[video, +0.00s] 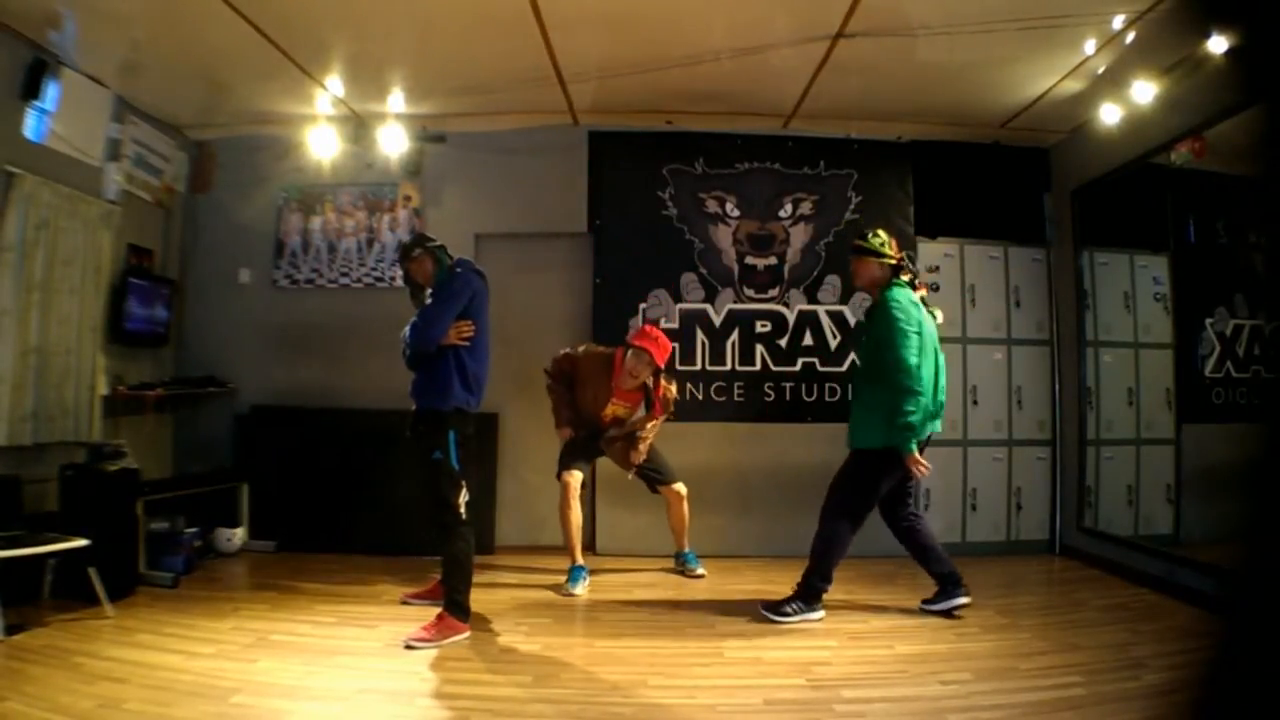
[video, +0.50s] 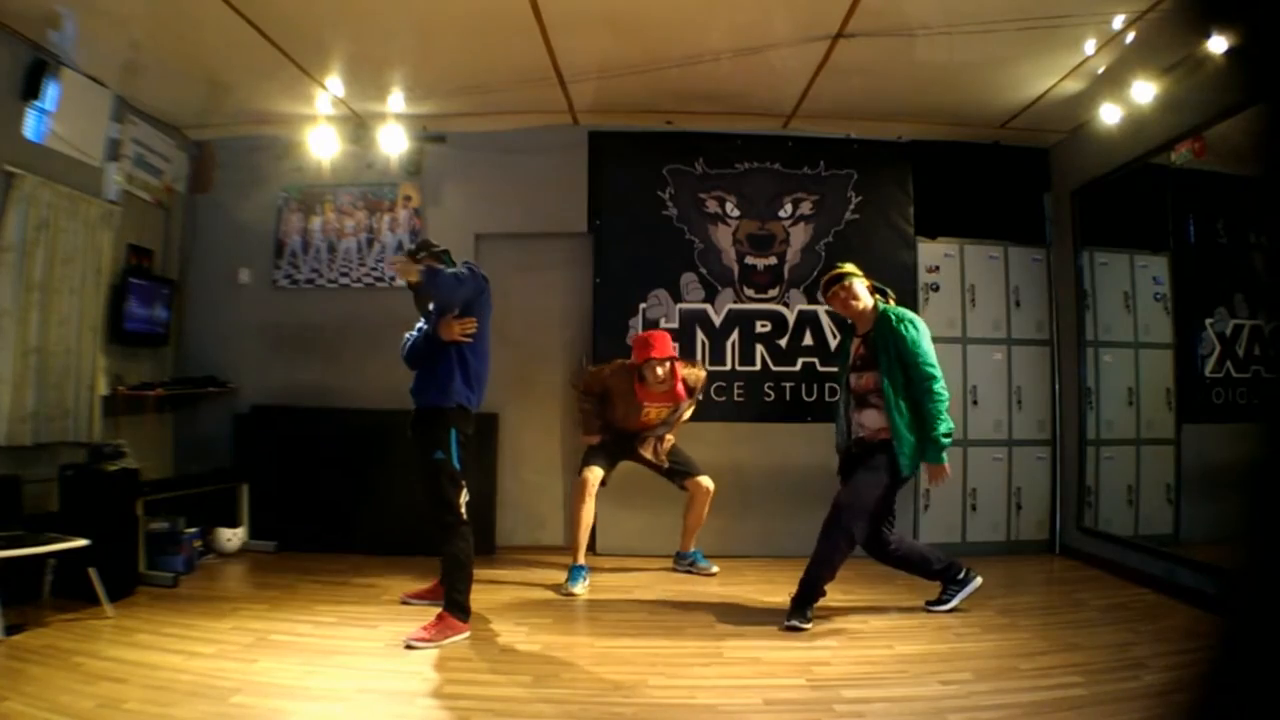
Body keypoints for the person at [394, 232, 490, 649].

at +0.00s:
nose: (413, 276)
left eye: (415, 266)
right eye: (408, 270)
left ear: (431, 256)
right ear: (414, 269)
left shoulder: (463, 278)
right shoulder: (438, 291)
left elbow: (428, 335)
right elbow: (409, 349)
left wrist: (411, 330)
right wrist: (436, 335)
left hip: (453, 409)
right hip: (433, 409)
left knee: (455, 509)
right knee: (441, 502)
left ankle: (456, 614)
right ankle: (447, 581)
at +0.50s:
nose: (410, 287)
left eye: (413, 278)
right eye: (408, 281)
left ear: (431, 265)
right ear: (427, 268)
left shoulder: (472, 279)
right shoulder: (433, 308)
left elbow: (447, 293)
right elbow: (409, 353)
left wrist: (417, 273)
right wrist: (436, 332)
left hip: (453, 407)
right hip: (431, 408)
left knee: (454, 509)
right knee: (440, 502)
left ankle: (456, 613)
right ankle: (447, 582)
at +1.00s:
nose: (428, 276)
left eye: (431, 267)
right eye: (420, 276)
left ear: (445, 263)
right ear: (417, 285)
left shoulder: (473, 283)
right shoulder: (435, 309)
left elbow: (456, 285)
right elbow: (410, 355)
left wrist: (415, 334)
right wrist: (433, 332)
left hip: (454, 407)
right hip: (431, 408)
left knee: (455, 508)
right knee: (443, 503)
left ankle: (455, 613)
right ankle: (448, 582)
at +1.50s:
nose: (428, 280)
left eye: (430, 271)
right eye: (420, 279)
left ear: (444, 264)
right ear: (417, 286)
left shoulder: (471, 280)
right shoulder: (434, 309)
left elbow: (455, 295)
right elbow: (411, 355)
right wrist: (434, 333)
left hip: (454, 406)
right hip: (431, 408)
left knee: (455, 508)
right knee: (442, 502)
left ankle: (455, 614)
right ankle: (447, 582)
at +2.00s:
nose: (415, 282)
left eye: (415, 272)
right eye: (411, 275)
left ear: (429, 263)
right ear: (426, 266)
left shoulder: (461, 285)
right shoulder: (445, 292)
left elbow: (445, 356)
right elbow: (424, 344)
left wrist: (412, 359)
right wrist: (427, 359)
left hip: (452, 413)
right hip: (435, 412)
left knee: (454, 509)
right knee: (439, 501)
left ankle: (456, 614)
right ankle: (445, 582)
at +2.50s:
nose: (439, 257)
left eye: (447, 250)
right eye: (434, 250)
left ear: (462, 251)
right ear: (426, 253)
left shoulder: (483, 292)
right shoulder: (408, 295)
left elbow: (499, 352)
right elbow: (393, 354)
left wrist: (503, 404)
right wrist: (402, 404)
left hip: (464, 405)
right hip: (424, 406)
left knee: (461, 497)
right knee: (432, 494)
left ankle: (462, 591)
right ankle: (444, 582)